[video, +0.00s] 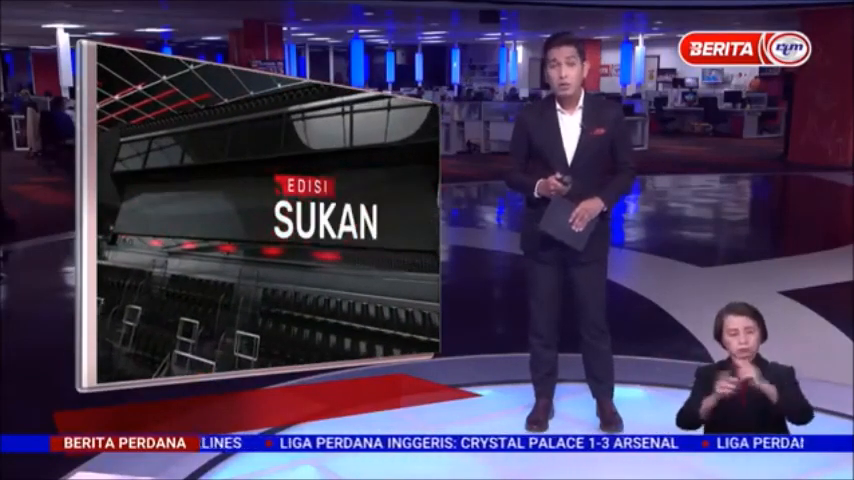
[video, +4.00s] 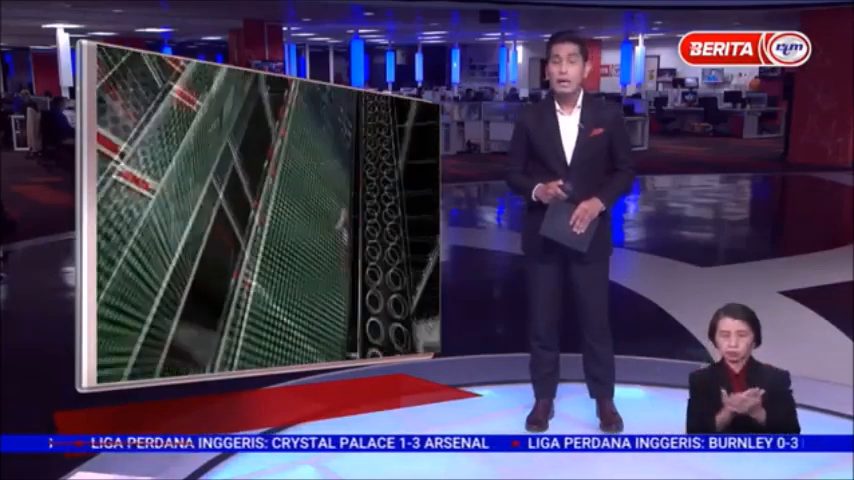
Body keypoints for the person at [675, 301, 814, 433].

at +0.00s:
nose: (743, 340)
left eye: (750, 332)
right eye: (734, 333)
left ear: (762, 335)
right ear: (722, 340)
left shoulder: (782, 374)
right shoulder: (709, 375)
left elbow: (804, 416)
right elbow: (685, 421)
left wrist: (765, 386)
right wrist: (716, 397)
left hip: (773, 461)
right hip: (720, 461)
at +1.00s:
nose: (745, 341)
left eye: (752, 333)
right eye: (736, 334)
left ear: (765, 337)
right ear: (725, 340)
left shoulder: (785, 379)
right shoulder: (708, 377)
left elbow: (804, 432)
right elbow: (684, 430)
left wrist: (777, 428)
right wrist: (710, 419)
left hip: (770, 465)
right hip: (716, 464)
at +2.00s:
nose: (747, 340)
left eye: (755, 332)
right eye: (738, 333)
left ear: (768, 337)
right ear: (728, 339)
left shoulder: (787, 381)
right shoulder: (712, 374)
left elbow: (797, 436)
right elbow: (686, 420)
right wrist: (712, 392)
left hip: (770, 465)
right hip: (718, 463)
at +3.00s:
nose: (727, 349)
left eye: (736, 341)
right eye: (720, 340)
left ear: (749, 344)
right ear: (710, 342)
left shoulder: (772, 378)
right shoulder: (697, 381)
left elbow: (802, 427)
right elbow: (682, 436)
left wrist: (775, 397)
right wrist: (709, 408)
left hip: (767, 464)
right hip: (713, 465)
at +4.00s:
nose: (733, 343)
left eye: (742, 335)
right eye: (725, 335)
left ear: (755, 340)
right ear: (714, 340)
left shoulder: (776, 379)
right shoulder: (701, 380)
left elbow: (791, 432)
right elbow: (695, 434)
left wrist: (757, 413)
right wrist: (728, 411)